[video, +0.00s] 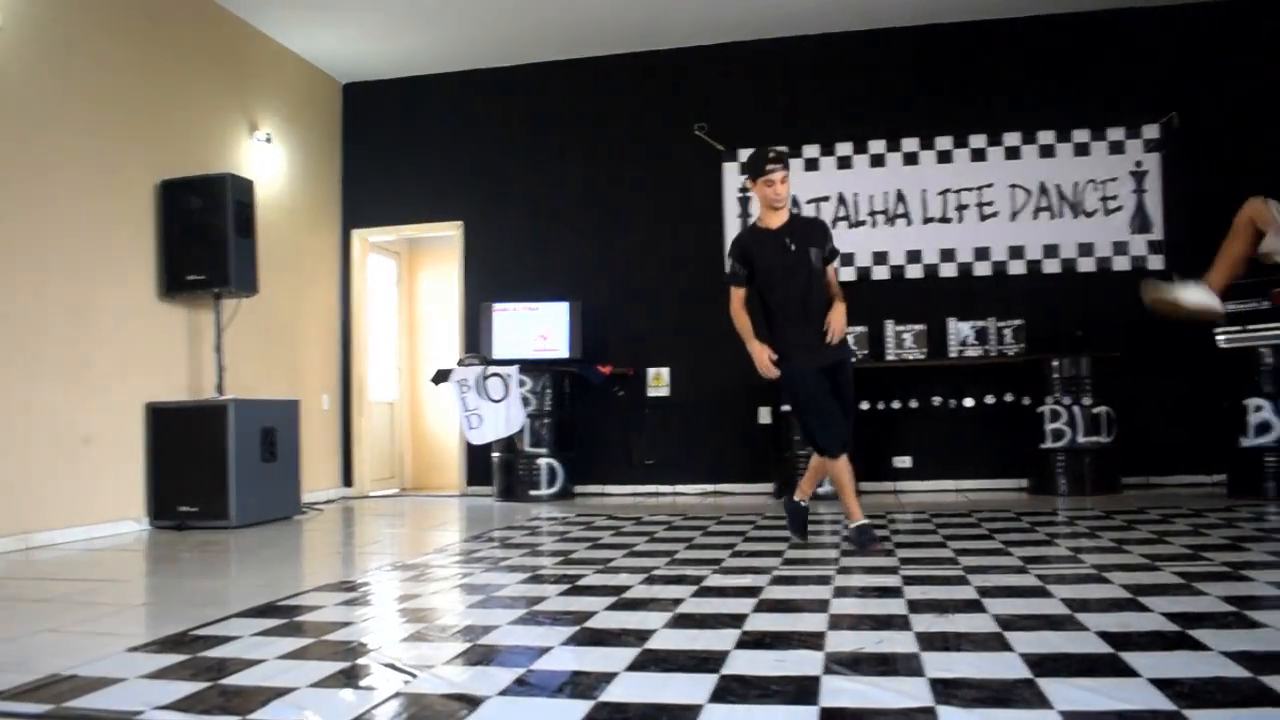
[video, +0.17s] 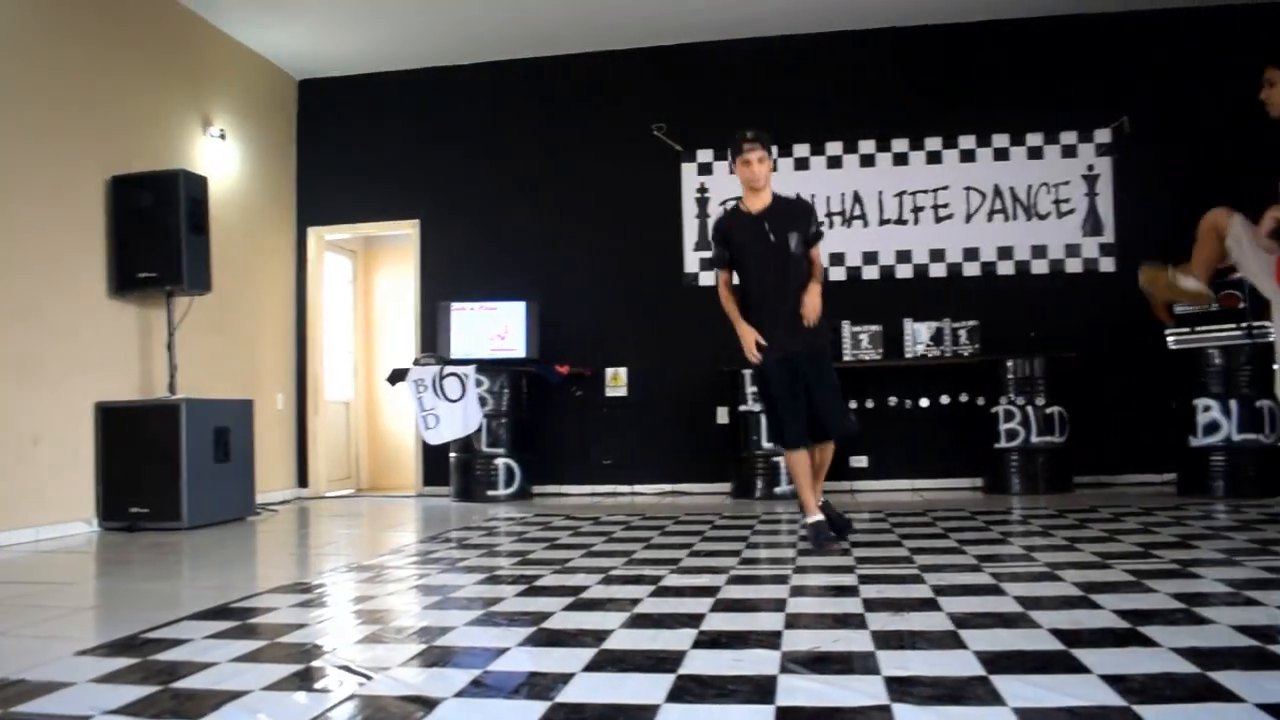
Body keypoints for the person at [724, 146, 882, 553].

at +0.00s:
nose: (779, 187)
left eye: (783, 180)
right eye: (770, 182)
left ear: (790, 183)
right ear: (753, 188)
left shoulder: (815, 229)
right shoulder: (745, 245)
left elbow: (831, 281)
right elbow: (737, 305)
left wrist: (839, 306)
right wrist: (753, 345)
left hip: (830, 345)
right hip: (790, 353)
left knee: (837, 432)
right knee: (831, 434)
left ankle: (800, 497)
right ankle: (858, 521)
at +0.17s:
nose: (755, 168)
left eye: (761, 160)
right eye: (746, 162)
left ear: (772, 165)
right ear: (735, 170)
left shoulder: (799, 211)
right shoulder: (727, 226)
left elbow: (816, 263)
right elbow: (722, 285)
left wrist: (814, 289)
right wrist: (741, 327)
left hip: (809, 334)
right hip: (768, 340)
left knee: (827, 426)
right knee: (791, 430)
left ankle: (815, 497)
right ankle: (812, 517)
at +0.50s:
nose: (716, 182)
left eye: (724, 174)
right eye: (709, 175)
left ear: (740, 179)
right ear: (703, 184)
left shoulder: (766, 232)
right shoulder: (695, 243)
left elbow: (789, 293)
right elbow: (691, 306)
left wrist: (765, 318)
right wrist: (694, 349)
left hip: (768, 359)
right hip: (720, 364)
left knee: (776, 444)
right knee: (717, 450)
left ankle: (798, 529)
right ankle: (731, 526)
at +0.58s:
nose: (703, 172)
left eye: (711, 164)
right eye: (696, 166)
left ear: (728, 171)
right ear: (690, 174)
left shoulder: (753, 225)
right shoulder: (681, 235)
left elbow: (771, 280)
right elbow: (679, 293)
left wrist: (754, 307)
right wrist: (682, 335)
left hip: (748, 352)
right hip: (701, 355)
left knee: (766, 437)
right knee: (697, 443)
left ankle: (788, 525)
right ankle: (716, 521)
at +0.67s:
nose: (690, 154)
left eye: (698, 146)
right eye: (684, 148)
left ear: (715, 153)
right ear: (677, 157)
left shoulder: (741, 205)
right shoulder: (665, 214)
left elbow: (756, 261)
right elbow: (662, 271)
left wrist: (743, 295)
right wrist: (662, 311)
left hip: (731, 333)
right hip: (683, 335)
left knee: (749, 421)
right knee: (678, 423)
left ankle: (776, 513)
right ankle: (695, 512)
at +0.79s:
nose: (674, 153)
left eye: (681, 146)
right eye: (667, 148)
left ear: (697, 152)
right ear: (660, 157)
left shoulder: (721, 205)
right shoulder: (645, 211)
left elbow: (732, 259)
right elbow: (636, 269)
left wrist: (725, 294)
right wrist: (640, 310)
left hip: (712, 326)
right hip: (662, 329)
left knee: (727, 414)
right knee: (655, 417)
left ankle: (748, 508)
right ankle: (659, 508)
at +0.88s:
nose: (665, 171)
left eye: (672, 164)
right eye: (658, 165)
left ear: (686, 169)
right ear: (650, 172)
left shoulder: (708, 223)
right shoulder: (636, 227)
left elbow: (717, 276)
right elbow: (621, 284)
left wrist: (713, 313)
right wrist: (628, 328)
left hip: (699, 342)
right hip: (650, 343)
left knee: (715, 428)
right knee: (643, 431)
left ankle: (726, 515)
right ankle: (640, 519)